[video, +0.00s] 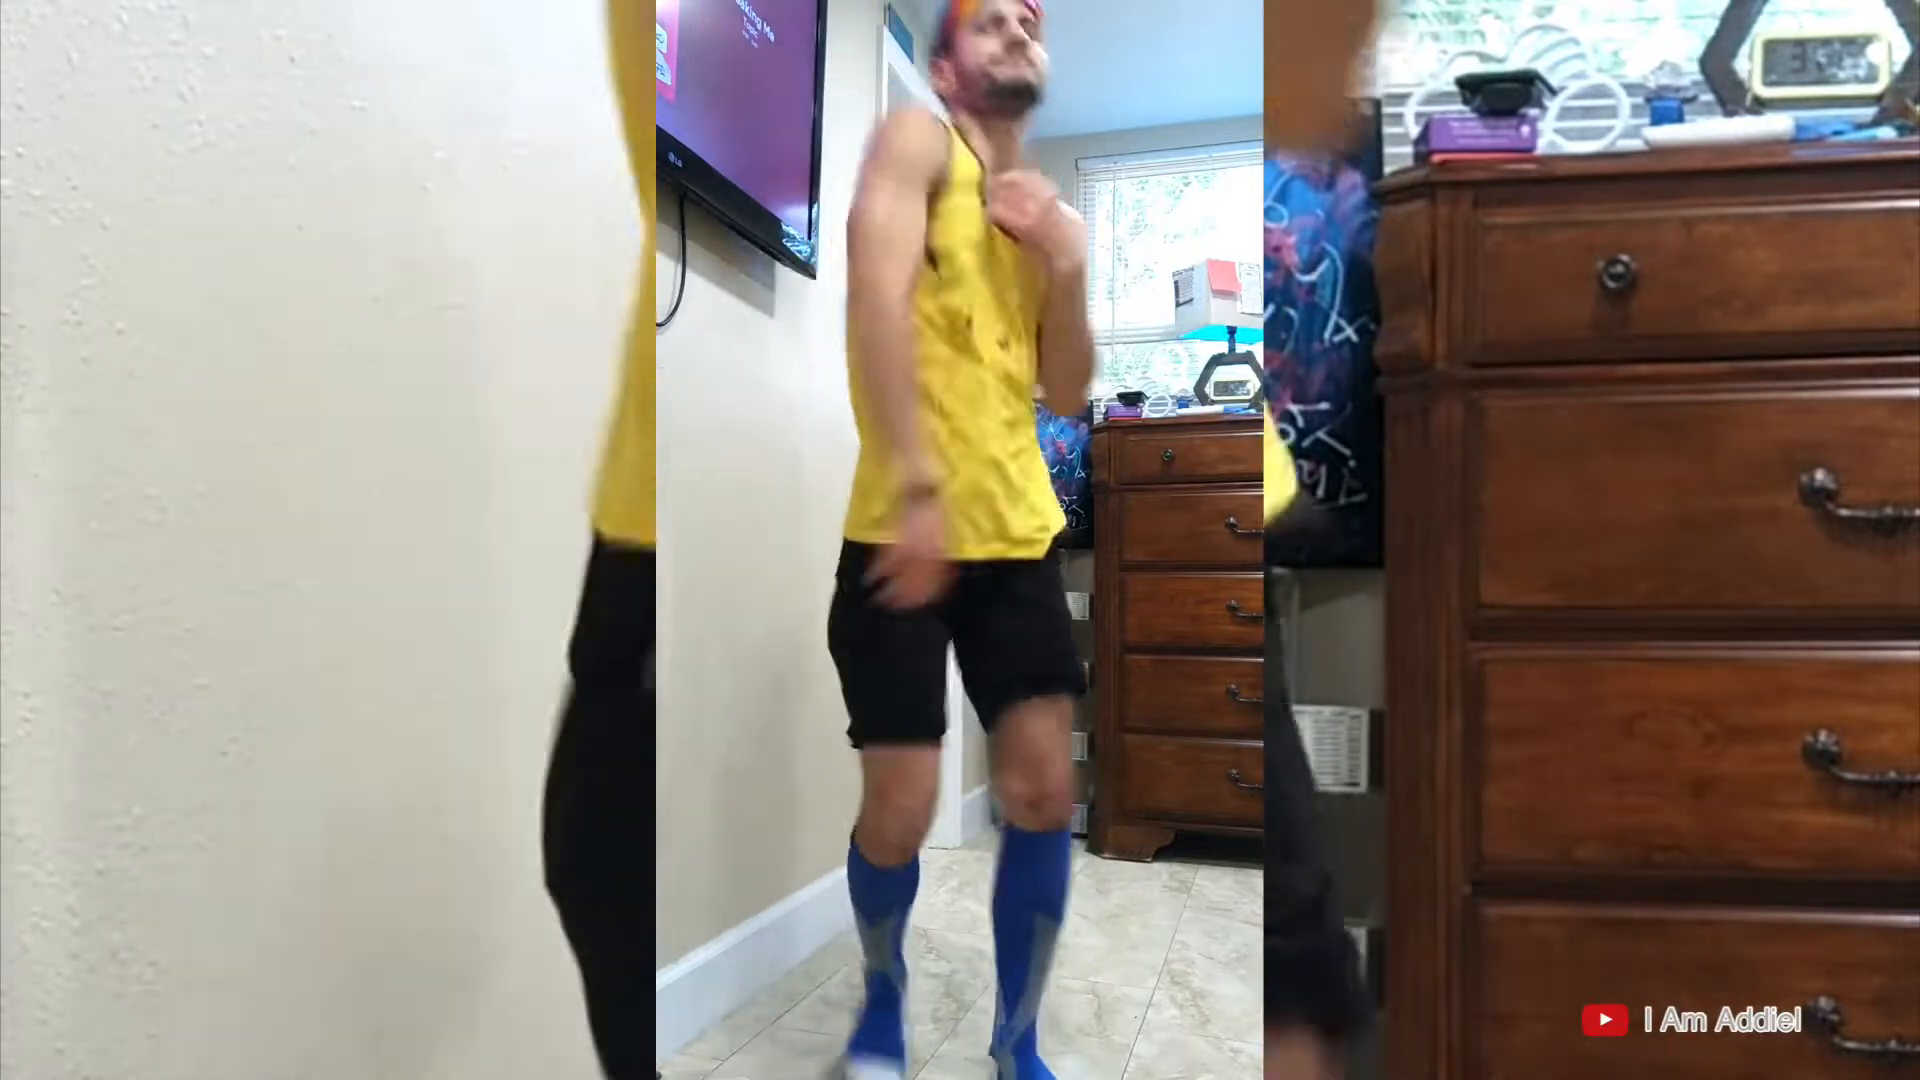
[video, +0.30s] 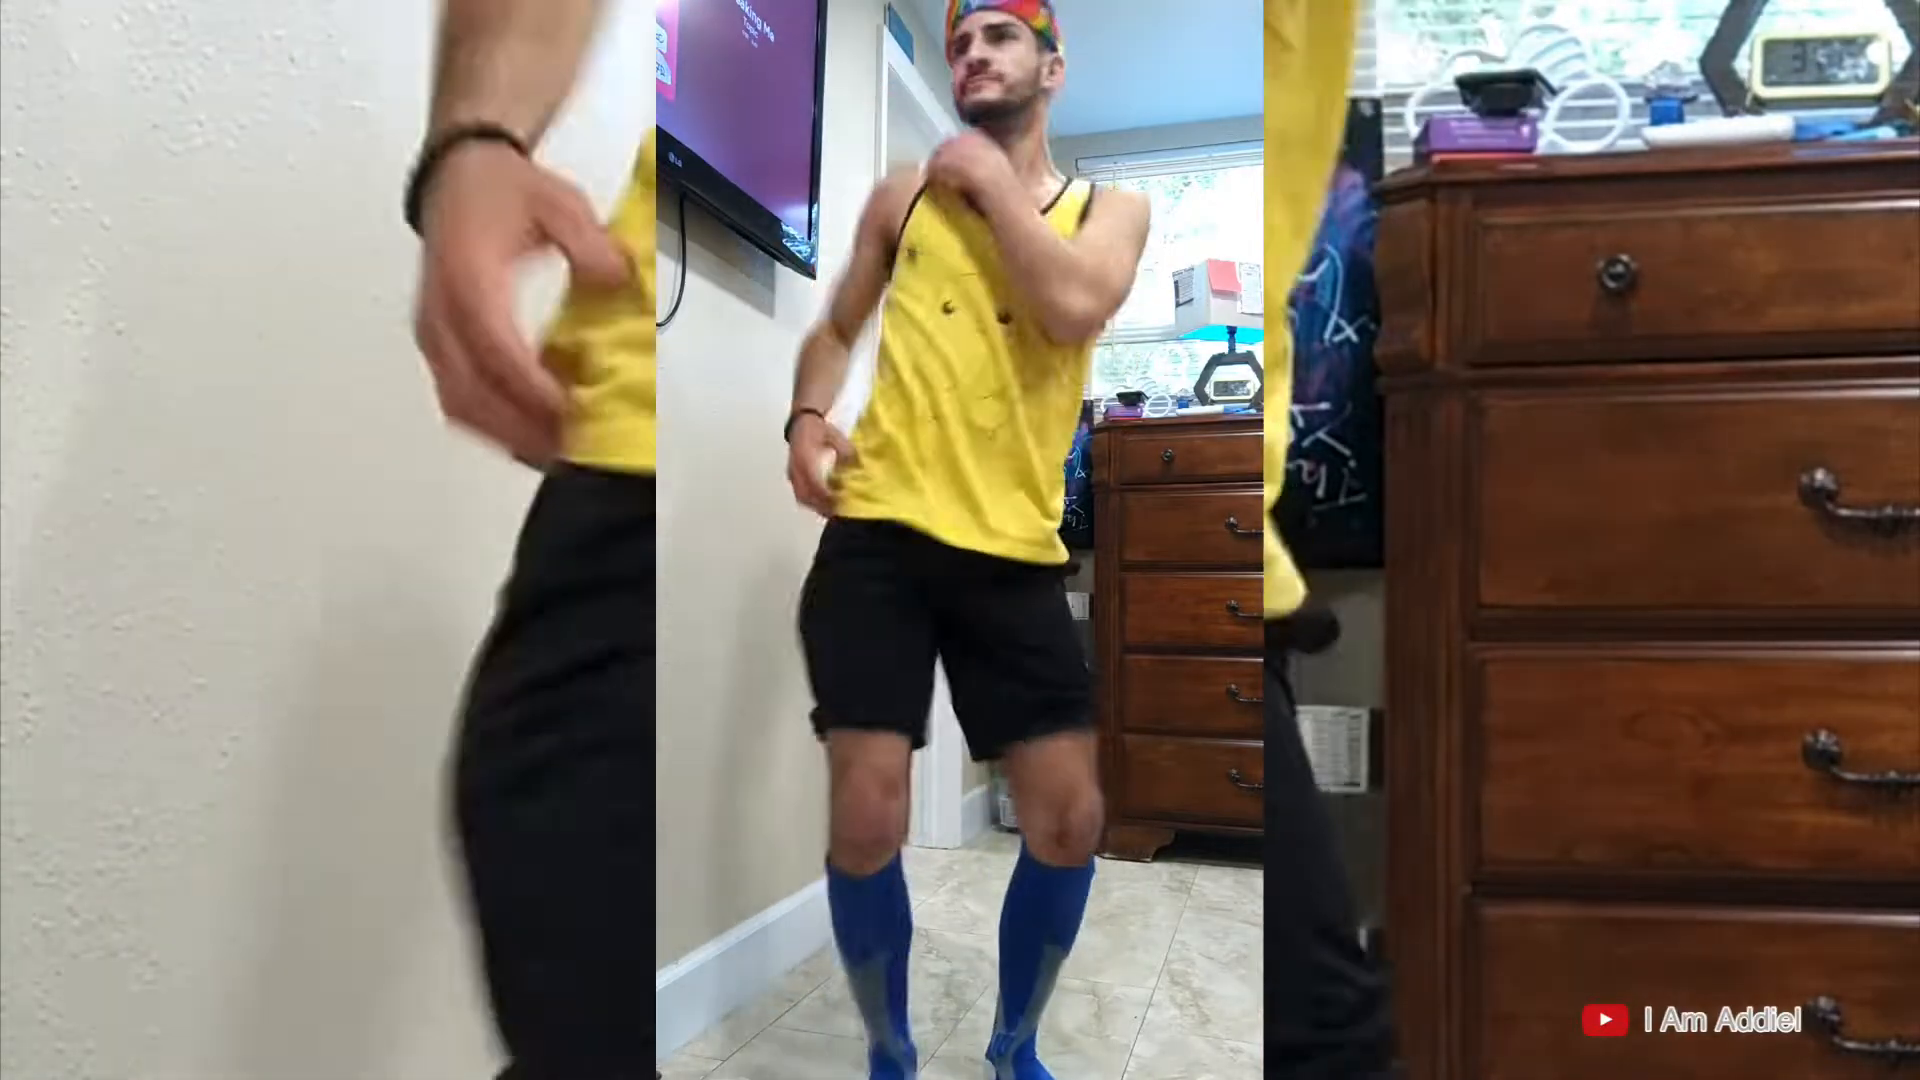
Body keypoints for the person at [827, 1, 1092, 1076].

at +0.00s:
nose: (1019, 32)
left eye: (1032, 27)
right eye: (993, 23)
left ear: (1045, 75)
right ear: (943, 66)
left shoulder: (1044, 203)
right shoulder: (918, 133)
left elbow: (1068, 392)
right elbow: (878, 295)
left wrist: (1067, 260)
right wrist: (916, 488)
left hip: (1014, 529)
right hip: (904, 523)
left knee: (1044, 786)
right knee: (902, 799)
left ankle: (1018, 1040)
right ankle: (880, 1013)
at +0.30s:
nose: (971, 58)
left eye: (996, 38)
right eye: (958, 46)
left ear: (1052, 66)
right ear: (949, 77)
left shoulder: (1107, 208)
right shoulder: (902, 198)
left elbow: (1074, 309)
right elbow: (833, 331)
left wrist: (992, 181)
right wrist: (808, 418)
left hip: (1012, 550)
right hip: (875, 535)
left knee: (1072, 820)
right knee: (867, 816)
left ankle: (1015, 1045)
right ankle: (891, 1055)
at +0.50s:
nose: (955, 14)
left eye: (983, 3)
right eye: (944, 7)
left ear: (1037, 35)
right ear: (934, 47)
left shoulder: (1090, 136)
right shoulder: (915, 183)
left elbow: (1042, 206)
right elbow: (928, 343)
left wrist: (877, 138)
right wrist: (877, 422)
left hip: (1034, 518)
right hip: (906, 515)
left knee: (1029, 801)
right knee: (847, 754)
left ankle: (1017, 1037)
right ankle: (898, 966)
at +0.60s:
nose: (951, 51)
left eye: (979, 39)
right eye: (941, 43)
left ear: (1034, 80)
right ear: (927, 82)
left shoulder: (1081, 165)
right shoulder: (915, 210)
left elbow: (1016, 179)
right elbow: (945, 353)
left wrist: (813, 182)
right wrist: (893, 410)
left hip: (1043, 551)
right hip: (918, 538)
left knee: (1022, 817)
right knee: (834, 757)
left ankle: (1015, 1054)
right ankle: (948, 806)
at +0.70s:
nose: (942, 14)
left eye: (968, 5)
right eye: (931, 8)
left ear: (1018, 38)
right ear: (920, 50)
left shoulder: (1060, 111)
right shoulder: (915, 201)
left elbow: (1027, 218)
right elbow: (922, 334)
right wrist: (886, 374)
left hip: (1038, 515)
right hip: (921, 514)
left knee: (1024, 782)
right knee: (867, 767)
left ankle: (1029, 1033)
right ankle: (975, 915)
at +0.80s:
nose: (930, 22)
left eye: (955, 8)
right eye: (918, 11)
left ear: (1004, 31)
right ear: (909, 39)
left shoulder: (1032, 117)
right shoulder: (943, 171)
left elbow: (1067, 274)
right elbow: (951, 336)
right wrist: (892, 320)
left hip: (1009, 498)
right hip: (915, 496)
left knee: (995, 783)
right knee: (929, 773)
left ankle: (1074, 899)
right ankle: (997, 1009)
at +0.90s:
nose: (920, 78)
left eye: (943, 62)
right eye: (909, 66)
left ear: (992, 85)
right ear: (904, 95)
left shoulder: (1019, 161)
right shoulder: (943, 225)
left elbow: (1126, 311)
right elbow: (908, 403)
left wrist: (1110, 476)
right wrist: (866, 304)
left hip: (990, 531)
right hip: (931, 533)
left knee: (943, 804)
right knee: (934, 804)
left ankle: (1131, 743)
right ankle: (1008, 1027)